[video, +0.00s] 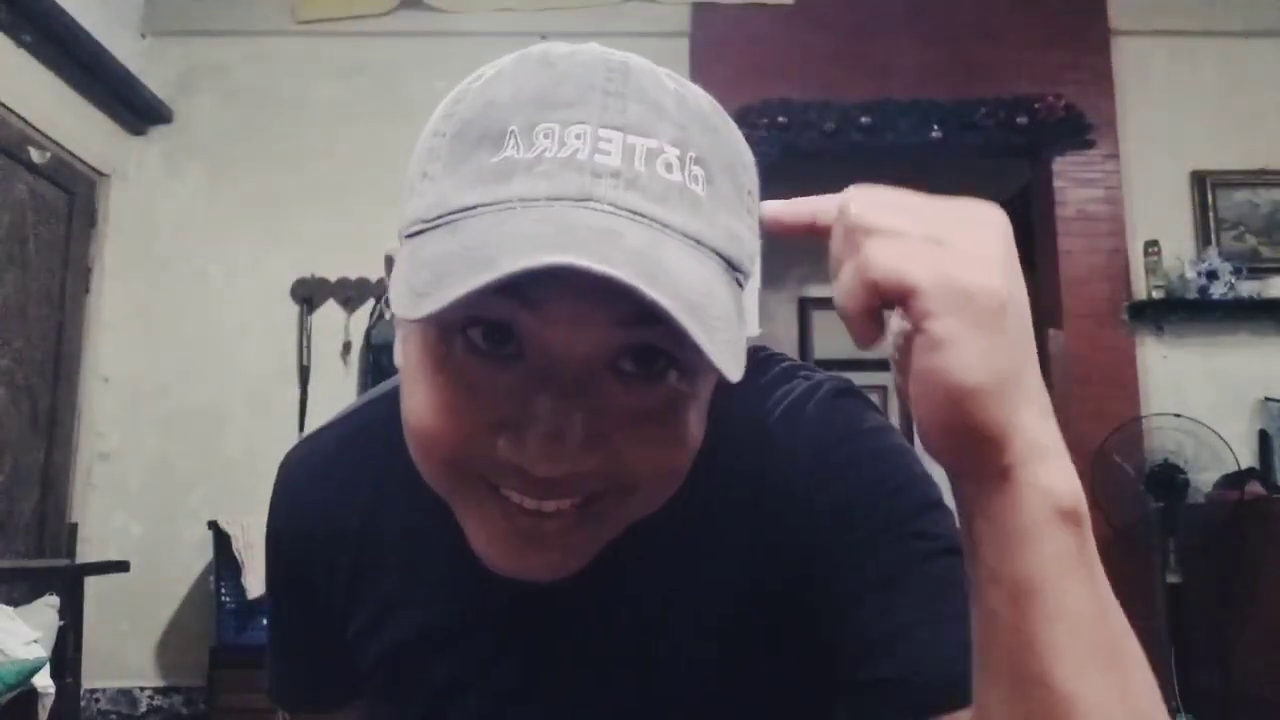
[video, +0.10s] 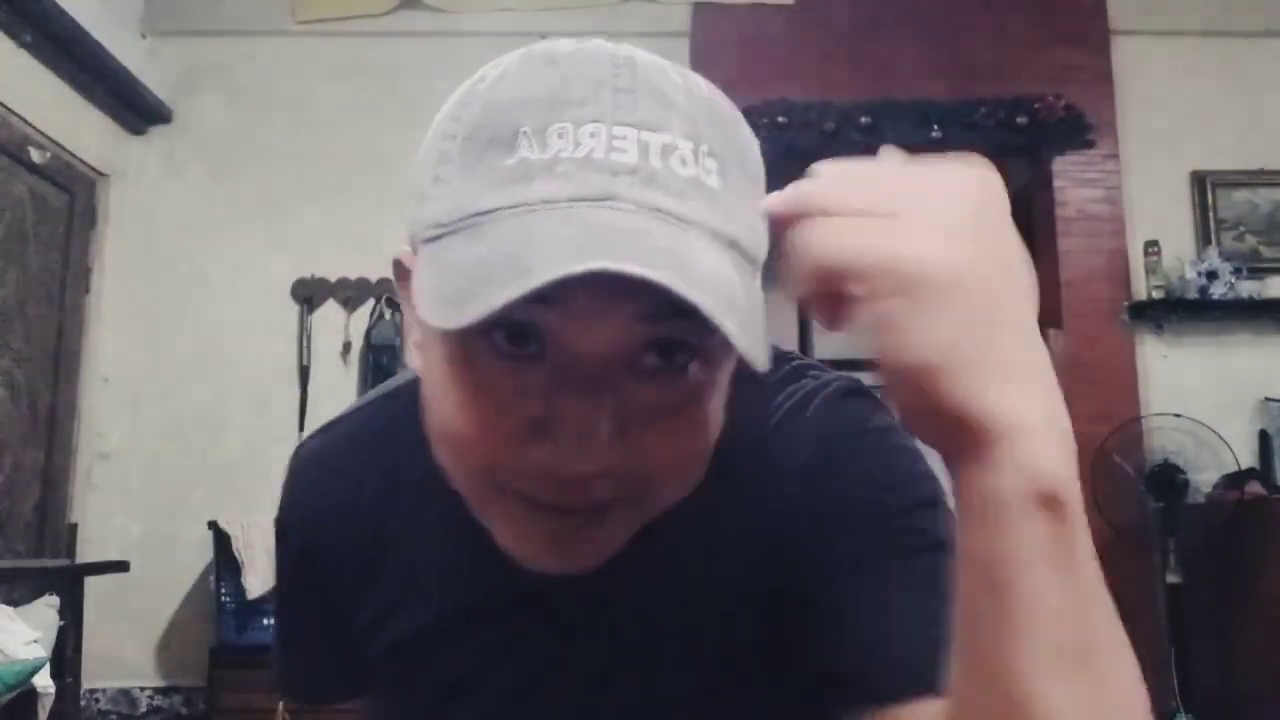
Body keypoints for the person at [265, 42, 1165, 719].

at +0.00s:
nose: (553, 447)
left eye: (643, 366)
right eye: (489, 339)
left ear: (728, 358)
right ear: (400, 300)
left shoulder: (831, 477)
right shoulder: (326, 499)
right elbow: (305, 698)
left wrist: (1013, 466)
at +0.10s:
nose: (580, 442)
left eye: (666, 355)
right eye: (514, 344)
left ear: (753, 344)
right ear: (410, 305)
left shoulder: (848, 477)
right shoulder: (338, 492)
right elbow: (321, 701)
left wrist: (1018, 439)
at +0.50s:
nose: (676, 414)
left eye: (725, 309)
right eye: (584, 335)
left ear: (794, 286)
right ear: (476, 344)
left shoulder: (884, 474)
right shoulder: (429, 470)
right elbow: (370, 692)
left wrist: (230, 572)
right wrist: (231, 579)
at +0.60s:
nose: (663, 415)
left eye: (717, 310)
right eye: (577, 335)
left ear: (790, 283)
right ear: (473, 337)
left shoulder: (883, 483)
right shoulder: (434, 472)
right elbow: (384, 697)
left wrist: (240, 576)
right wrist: (239, 592)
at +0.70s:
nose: (658, 408)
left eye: (713, 305)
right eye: (574, 328)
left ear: (785, 278)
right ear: (473, 330)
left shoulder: (883, 481)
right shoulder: (439, 467)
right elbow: (392, 701)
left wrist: (238, 573)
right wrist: (238, 589)